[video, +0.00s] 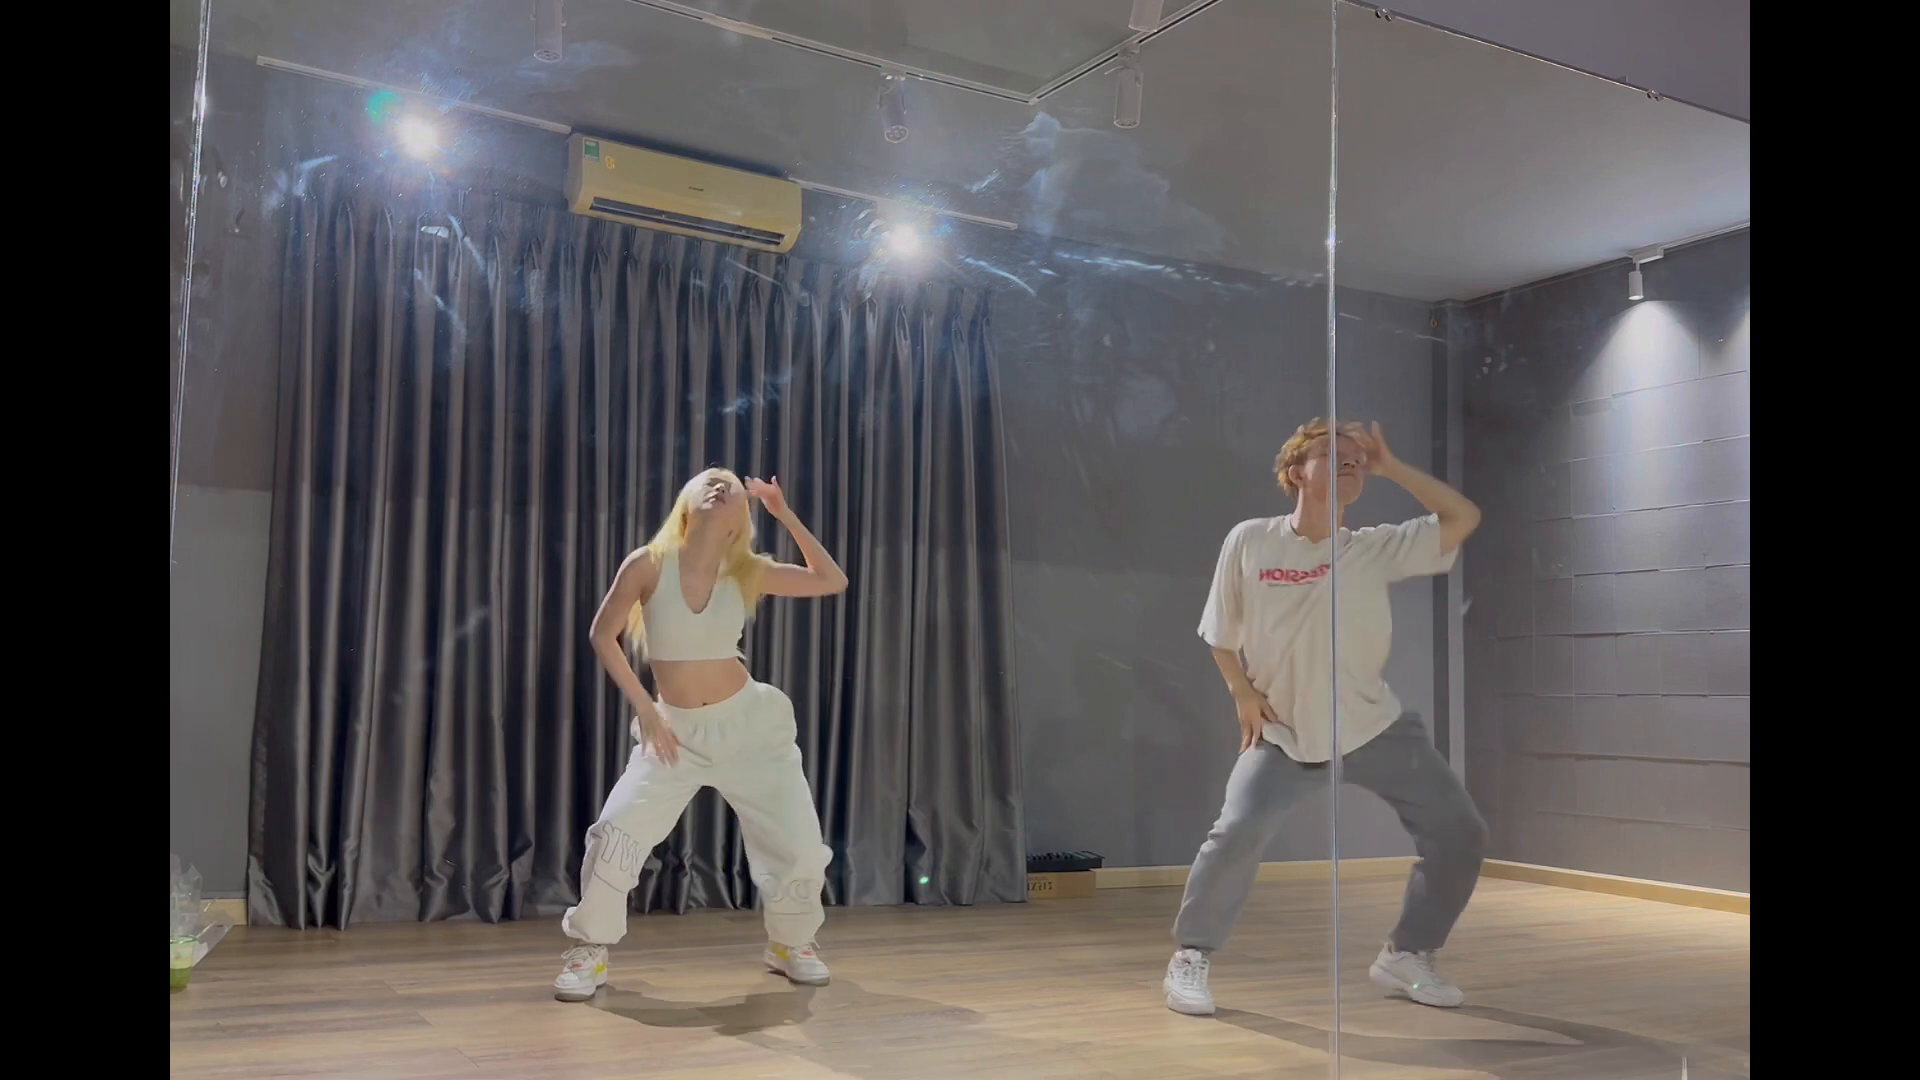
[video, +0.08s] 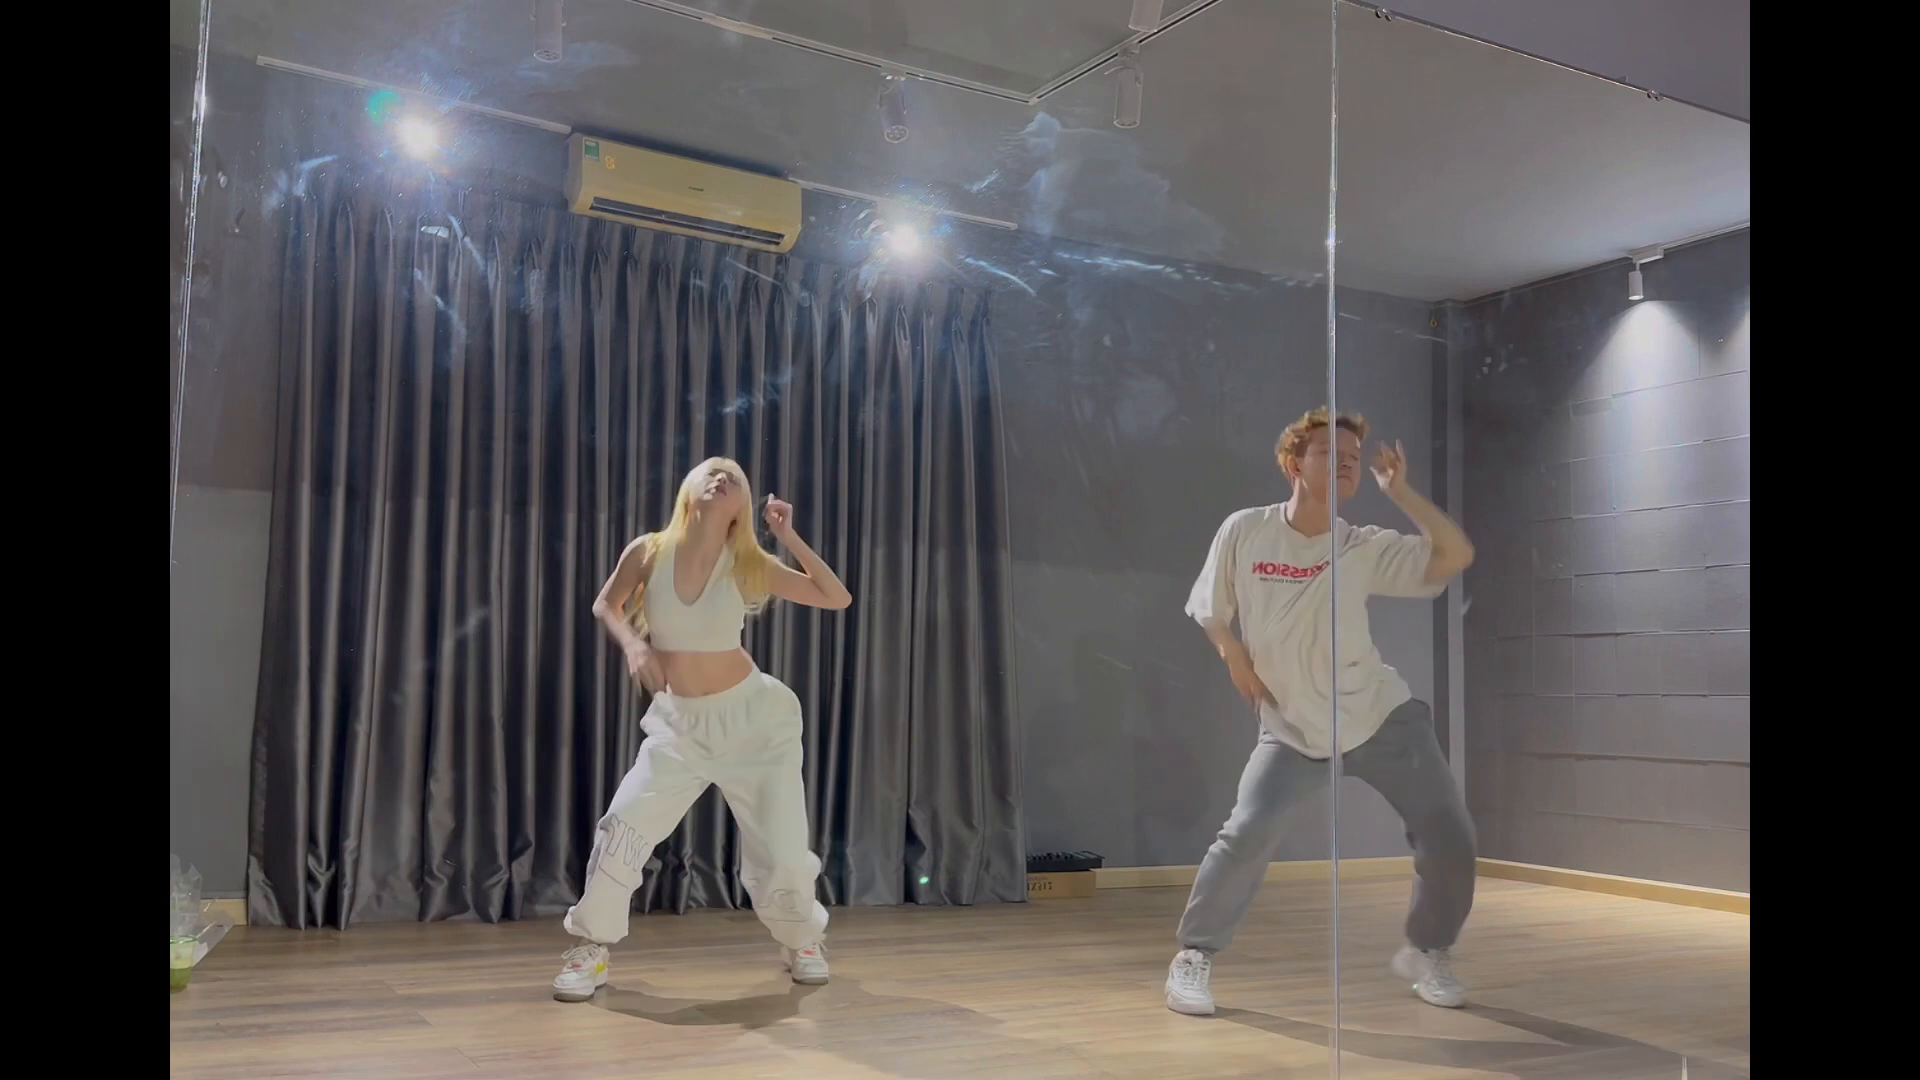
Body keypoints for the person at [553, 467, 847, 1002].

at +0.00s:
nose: (719, 486)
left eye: (730, 486)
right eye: (708, 483)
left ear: (743, 520)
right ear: (687, 509)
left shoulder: (748, 570)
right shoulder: (648, 565)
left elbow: (831, 580)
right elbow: (603, 635)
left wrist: (785, 515)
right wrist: (646, 710)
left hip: (750, 729)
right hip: (674, 732)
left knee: (800, 850)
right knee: (615, 835)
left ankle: (790, 945)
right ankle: (588, 953)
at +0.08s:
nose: (720, 479)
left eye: (732, 479)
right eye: (710, 473)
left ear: (742, 511)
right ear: (688, 495)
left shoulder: (747, 565)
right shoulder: (648, 552)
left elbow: (835, 596)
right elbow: (606, 605)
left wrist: (788, 536)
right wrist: (633, 643)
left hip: (753, 719)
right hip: (677, 726)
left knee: (782, 854)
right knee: (621, 832)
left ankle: (804, 943)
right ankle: (590, 951)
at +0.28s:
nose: (734, 484)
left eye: (746, 473)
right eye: (722, 473)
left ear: (764, 480)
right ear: (701, 478)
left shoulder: (774, 540)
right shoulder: (693, 542)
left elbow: (736, 579)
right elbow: (621, 575)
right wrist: (598, 518)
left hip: (735, 692)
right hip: (674, 690)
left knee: (736, 833)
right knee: (598, 815)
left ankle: (818, 929)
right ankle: (637, 950)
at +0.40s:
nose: (732, 479)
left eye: (741, 468)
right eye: (723, 470)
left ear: (761, 470)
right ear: (713, 475)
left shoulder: (772, 533)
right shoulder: (696, 533)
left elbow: (701, 544)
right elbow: (621, 560)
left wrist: (619, 509)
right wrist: (582, 508)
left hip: (712, 685)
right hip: (653, 682)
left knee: (731, 831)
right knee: (593, 819)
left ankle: (817, 922)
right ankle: (637, 953)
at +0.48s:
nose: (722, 434)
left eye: (734, 427)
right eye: (715, 423)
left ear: (747, 449)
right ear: (692, 435)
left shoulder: (735, 500)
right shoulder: (664, 500)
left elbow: (755, 563)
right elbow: (634, 566)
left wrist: (698, 513)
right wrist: (613, 512)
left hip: (708, 668)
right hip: (647, 667)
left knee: (709, 827)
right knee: (609, 811)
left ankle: (802, 909)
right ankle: (639, 954)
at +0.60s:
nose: (700, 409)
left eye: (714, 404)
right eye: (689, 399)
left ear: (727, 428)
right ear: (665, 417)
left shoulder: (725, 480)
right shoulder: (651, 488)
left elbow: (740, 537)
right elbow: (600, 544)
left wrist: (672, 504)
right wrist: (577, 497)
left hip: (691, 654)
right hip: (633, 652)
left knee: (632, 800)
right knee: (617, 802)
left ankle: (725, 905)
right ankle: (639, 951)